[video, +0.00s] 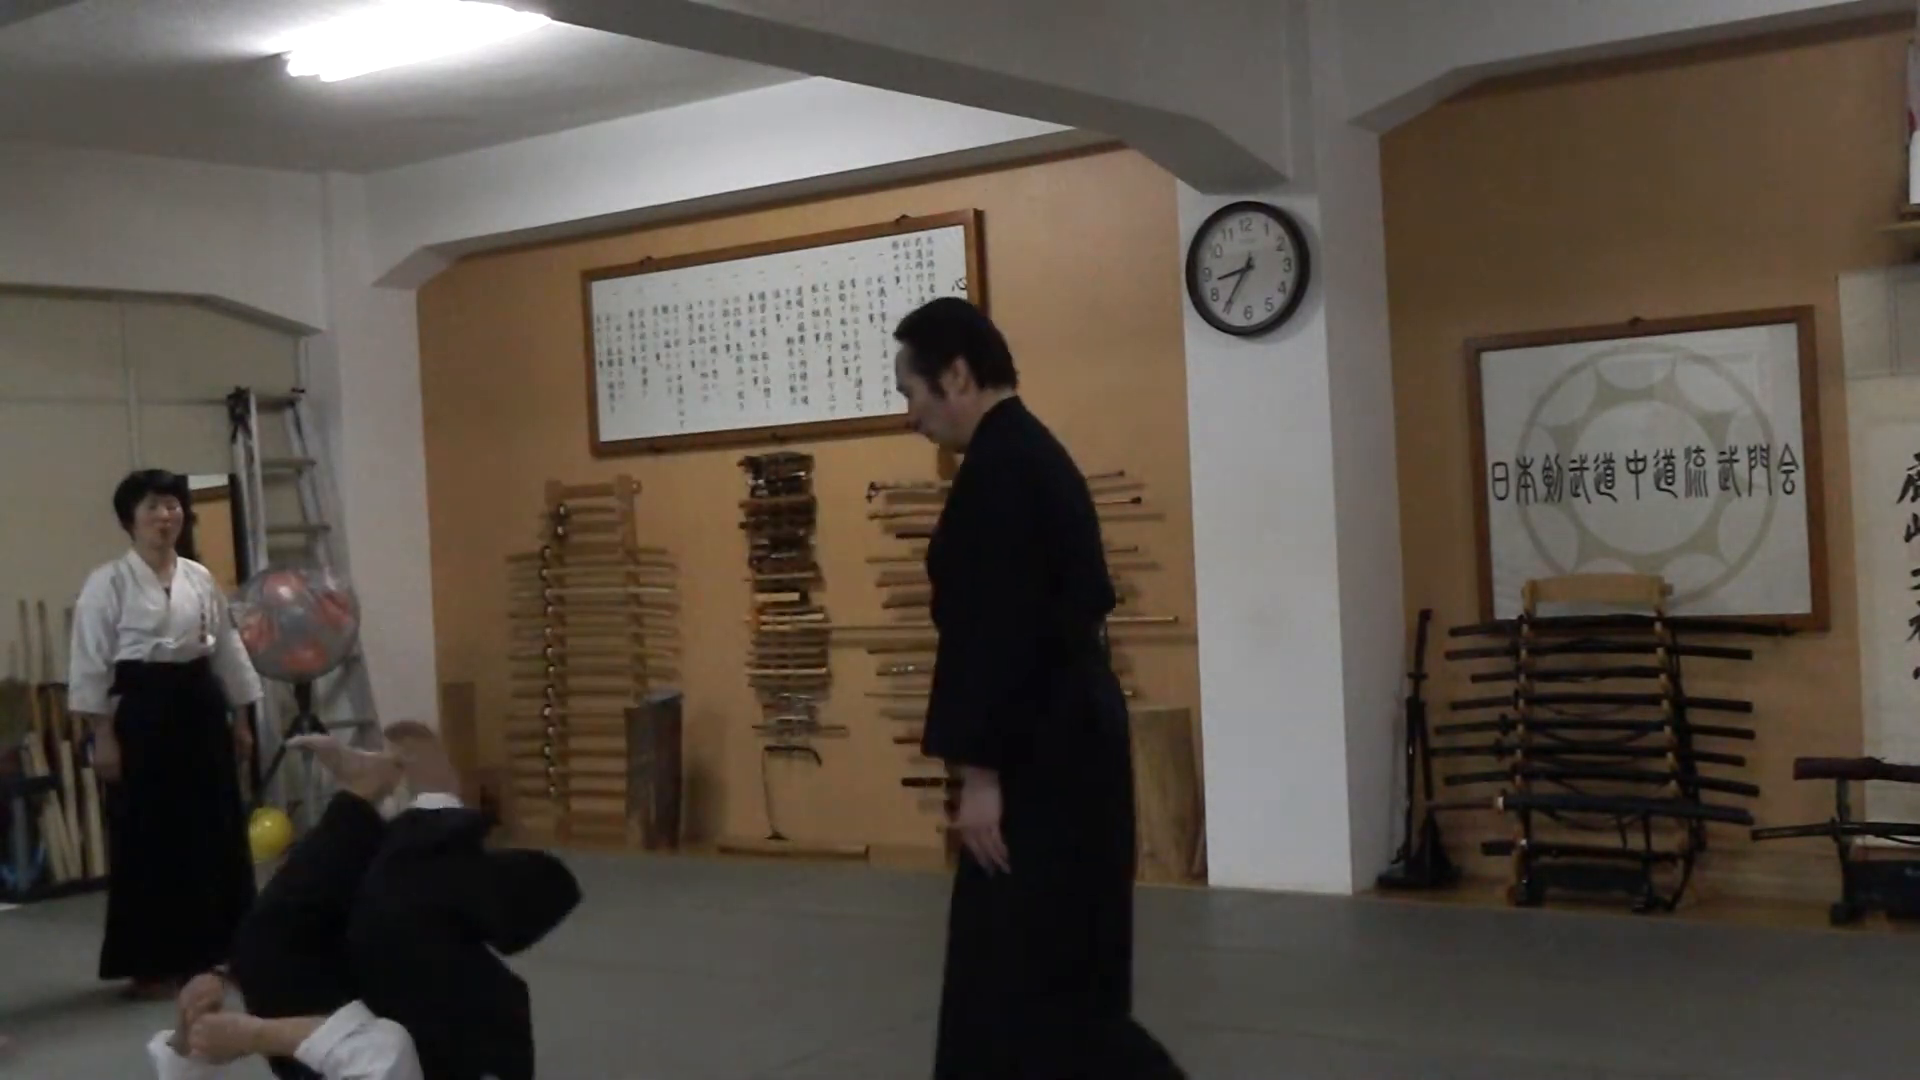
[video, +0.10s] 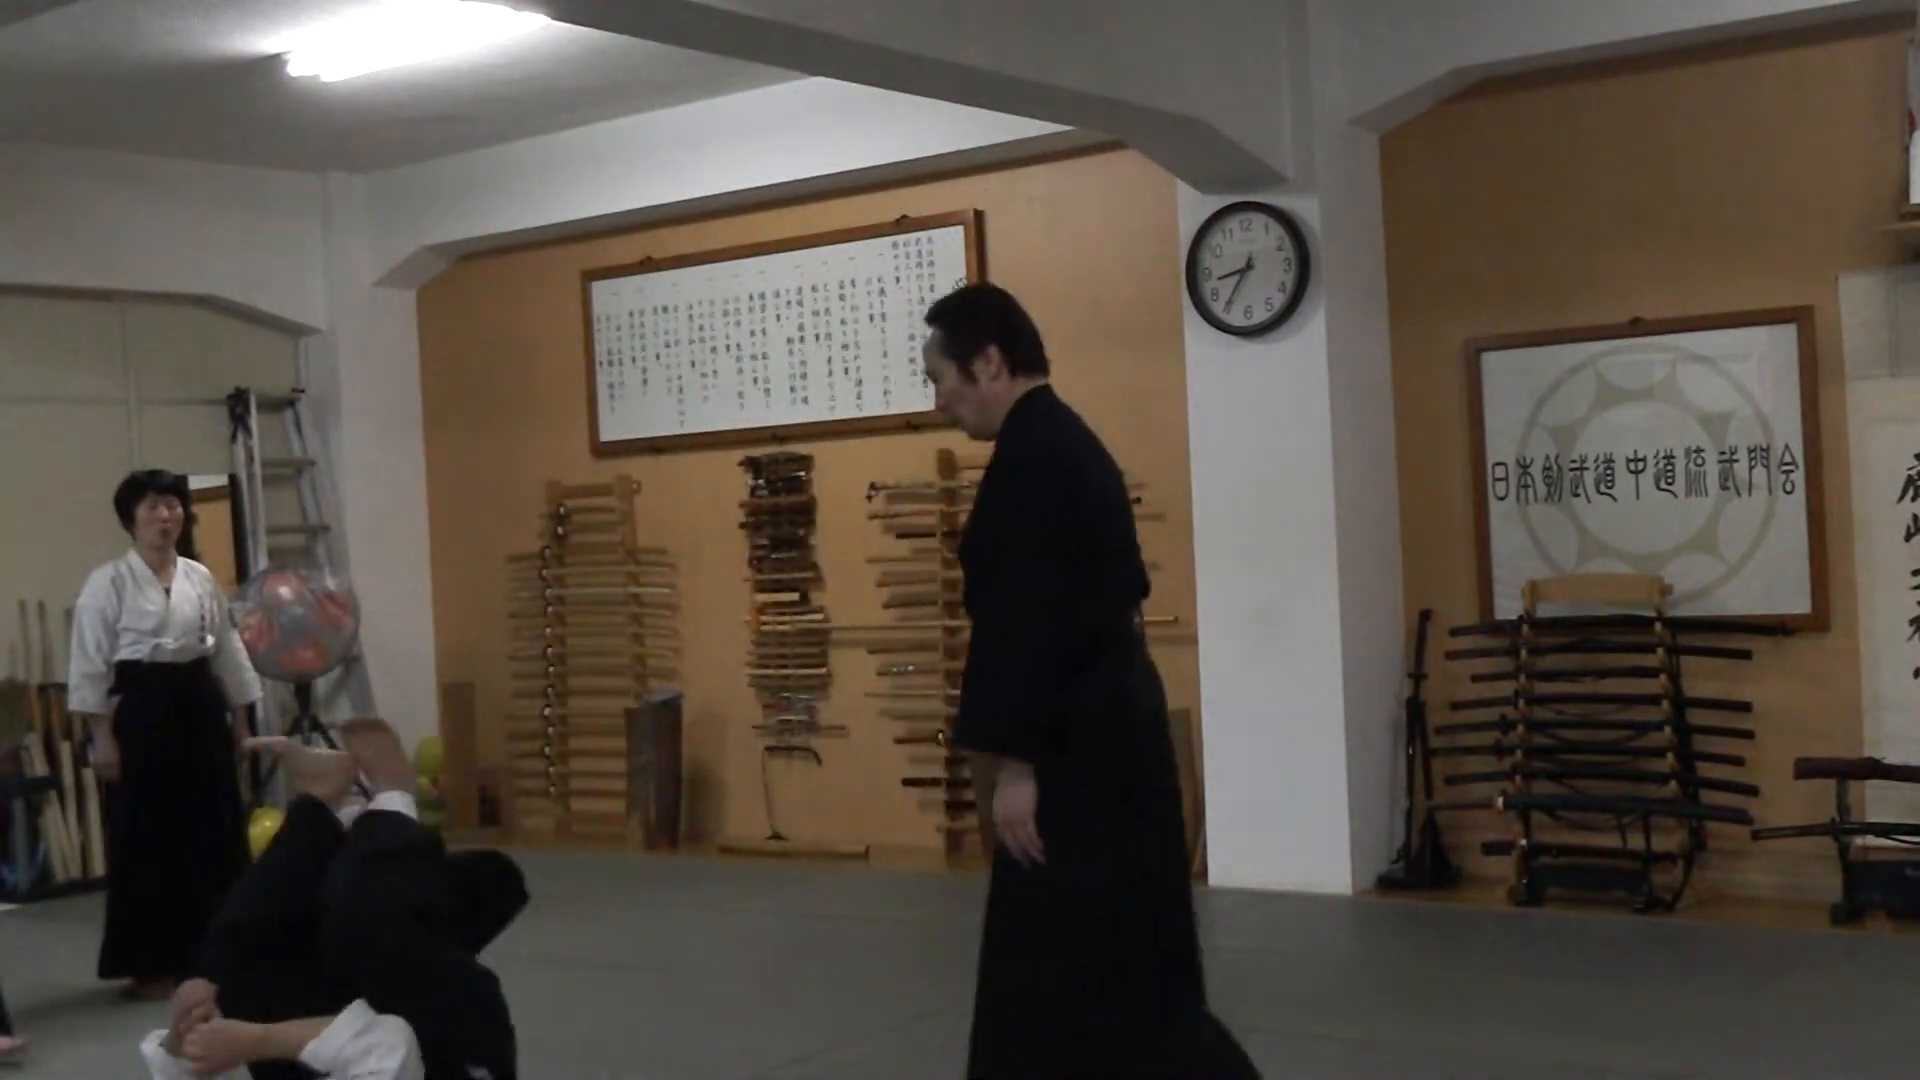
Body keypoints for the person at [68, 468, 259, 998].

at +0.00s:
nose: (166, 514)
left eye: (173, 505)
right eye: (153, 506)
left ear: (183, 515)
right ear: (130, 519)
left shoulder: (199, 578)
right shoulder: (107, 584)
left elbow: (227, 648)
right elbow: (90, 662)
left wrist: (243, 716)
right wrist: (102, 733)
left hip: (201, 706)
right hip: (142, 710)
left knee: (211, 827)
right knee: (148, 833)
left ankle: (212, 957)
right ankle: (150, 964)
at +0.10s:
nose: (165, 515)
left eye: (173, 506)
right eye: (152, 507)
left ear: (183, 515)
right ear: (130, 519)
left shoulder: (200, 578)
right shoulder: (107, 583)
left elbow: (227, 651)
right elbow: (89, 662)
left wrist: (244, 720)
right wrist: (101, 733)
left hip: (201, 706)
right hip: (142, 710)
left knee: (210, 827)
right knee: (147, 832)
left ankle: (214, 959)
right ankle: (150, 964)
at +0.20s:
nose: (166, 515)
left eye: (173, 506)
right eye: (153, 507)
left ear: (183, 516)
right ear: (130, 520)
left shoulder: (199, 578)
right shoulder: (107, 583)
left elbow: (228, 651)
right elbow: (89, 662)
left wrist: (245, 723)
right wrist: (101, 734)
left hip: (200, 705)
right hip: (140, 708)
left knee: (212, 825)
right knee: (146, 832)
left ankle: (215, 957)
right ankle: (149, 963)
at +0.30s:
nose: (165, 515)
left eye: (172, 506)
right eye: (152, 507)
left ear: (183, 515)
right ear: (130, 519)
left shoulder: (199, 578)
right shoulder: (106, 583)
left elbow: (227, 652)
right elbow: (88, 663)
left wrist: (243, 721)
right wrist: (100, 734)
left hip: (199, 706)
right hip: (140, 710)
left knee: (212, 825)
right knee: (146, 832)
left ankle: (216, 956)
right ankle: (150, 963)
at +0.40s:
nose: (165, 515)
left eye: (172, 506)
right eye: (152, 507)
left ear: (182, 516)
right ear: (129, 519)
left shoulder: (199, 578)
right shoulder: (106, 583)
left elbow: (226, 651)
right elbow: (88, 662)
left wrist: (241, 718)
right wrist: (99, 734)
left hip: (198, 706)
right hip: (140, 710)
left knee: (211, 825)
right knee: (146, 832)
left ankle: (216, 955)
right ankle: (151, 962)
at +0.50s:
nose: (163, 516)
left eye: (171, 506)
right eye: (150, 507)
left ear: (181, 516)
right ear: (128, 519)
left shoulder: (197, 577)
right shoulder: (104, 583)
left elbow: (225, 651)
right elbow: (87, 662)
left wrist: (240, 722)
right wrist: (98, 734)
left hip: (195, 706)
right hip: (138, 710)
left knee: (205, 825)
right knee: (145, 831)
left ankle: (201, 955)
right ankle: (147, 961)